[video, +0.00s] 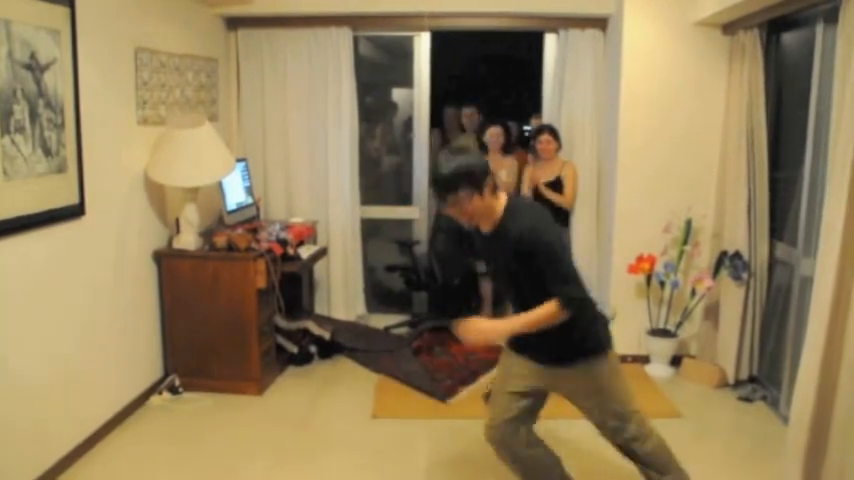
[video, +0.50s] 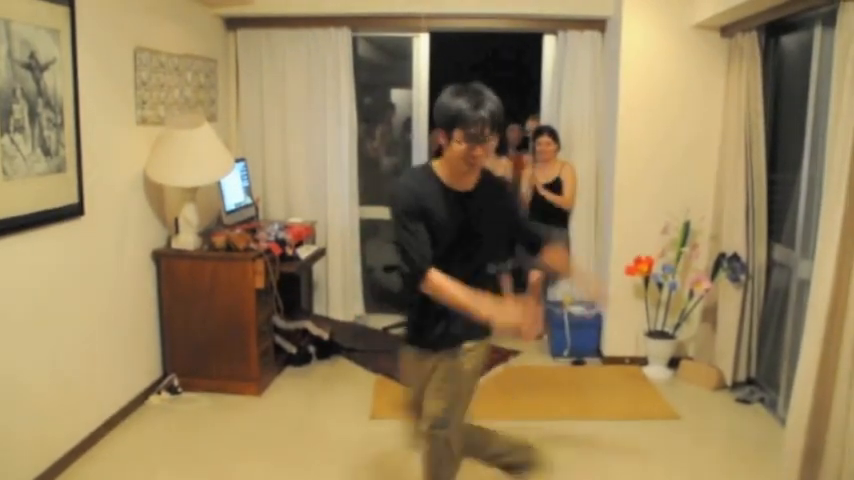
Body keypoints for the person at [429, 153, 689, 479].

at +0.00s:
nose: (455, 214)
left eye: (458, 204)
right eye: (450, 207)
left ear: (483, 191)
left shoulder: (531, 226)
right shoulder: (486, 228)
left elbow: (570, 301)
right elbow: (508, 287)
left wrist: (502, 328)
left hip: (581, 353)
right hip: (528, 350)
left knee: (628, 433)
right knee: (504, 432)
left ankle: (676, 476)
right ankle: (557, 477)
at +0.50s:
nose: (477, 153)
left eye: (486, 143)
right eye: (469, 141)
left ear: (496, 143)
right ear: (443, 138)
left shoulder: (493, 191)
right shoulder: (413, 190)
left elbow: (532, 243)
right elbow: (421, 273)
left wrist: (580, 276)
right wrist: (494, 308)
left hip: (470, 329)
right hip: (425, 329)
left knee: (440, 427)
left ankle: (440, 474)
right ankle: (518, 457)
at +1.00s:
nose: (388, 172)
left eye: (396, 163)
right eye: (381, 161)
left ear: (406, 159)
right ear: (359, 152)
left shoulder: (408, 192)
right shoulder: (325, 199)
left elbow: (459, 228)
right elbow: (277, 260)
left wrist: (440, 165)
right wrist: (238, 303)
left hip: (377, 315)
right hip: (320, 324)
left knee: (439, 367)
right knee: (284, 406)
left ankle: (435, 473)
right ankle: (232, 473)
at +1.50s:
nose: (372, 173)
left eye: (378, 161)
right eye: (362, 167)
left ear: (399, 152)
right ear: (354, 170)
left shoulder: (444, 196)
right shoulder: (375, 208)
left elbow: (463, 275)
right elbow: (391, 267)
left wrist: (399, 294)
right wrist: (386, 312)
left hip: (465, 327)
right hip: (415, 326)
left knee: (448, 413)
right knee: (425, 412)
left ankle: (406, 455)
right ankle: (456, 471)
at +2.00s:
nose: (463, 177)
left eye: (475, 169)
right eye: (457, 166)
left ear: (496, 168)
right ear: (448, 158)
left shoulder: (510, 220)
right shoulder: (432, 192)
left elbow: (547, 300)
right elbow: (403, 238)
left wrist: (573, 369)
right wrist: (367, 278)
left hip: (485, 350)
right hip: (431, 343)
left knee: (501, 444)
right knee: (406, 421)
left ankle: (552, 477)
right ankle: (452, 476)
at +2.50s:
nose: (434, 134)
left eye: (444, 123)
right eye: (425, 123)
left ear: (463, 125)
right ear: (414, 123)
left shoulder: (479, 184)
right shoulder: (394, 173)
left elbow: (542, 217)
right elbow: (324, 220)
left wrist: (511, 160)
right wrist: (372, 196)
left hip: (438, 321)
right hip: (386, 314)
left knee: (408, 420)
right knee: (389, 408)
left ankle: (403, 475)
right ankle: (432, 430)